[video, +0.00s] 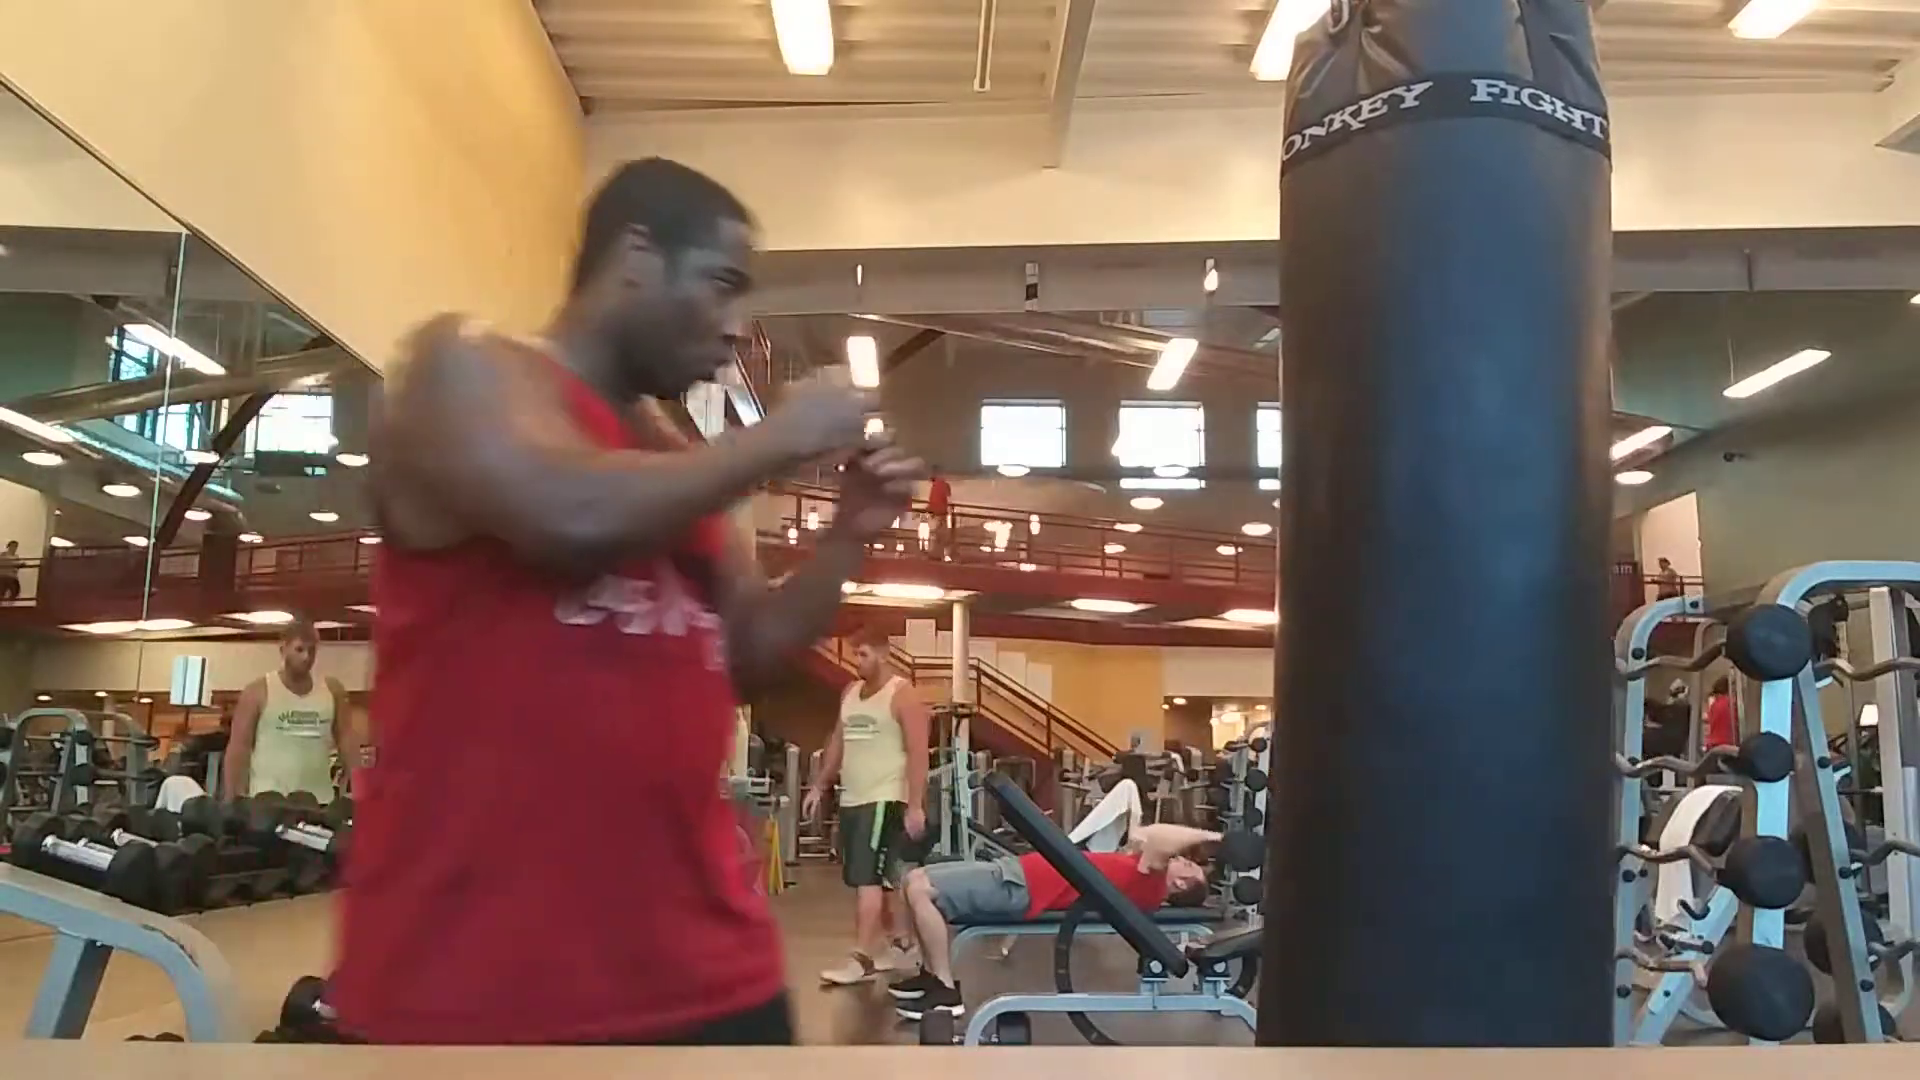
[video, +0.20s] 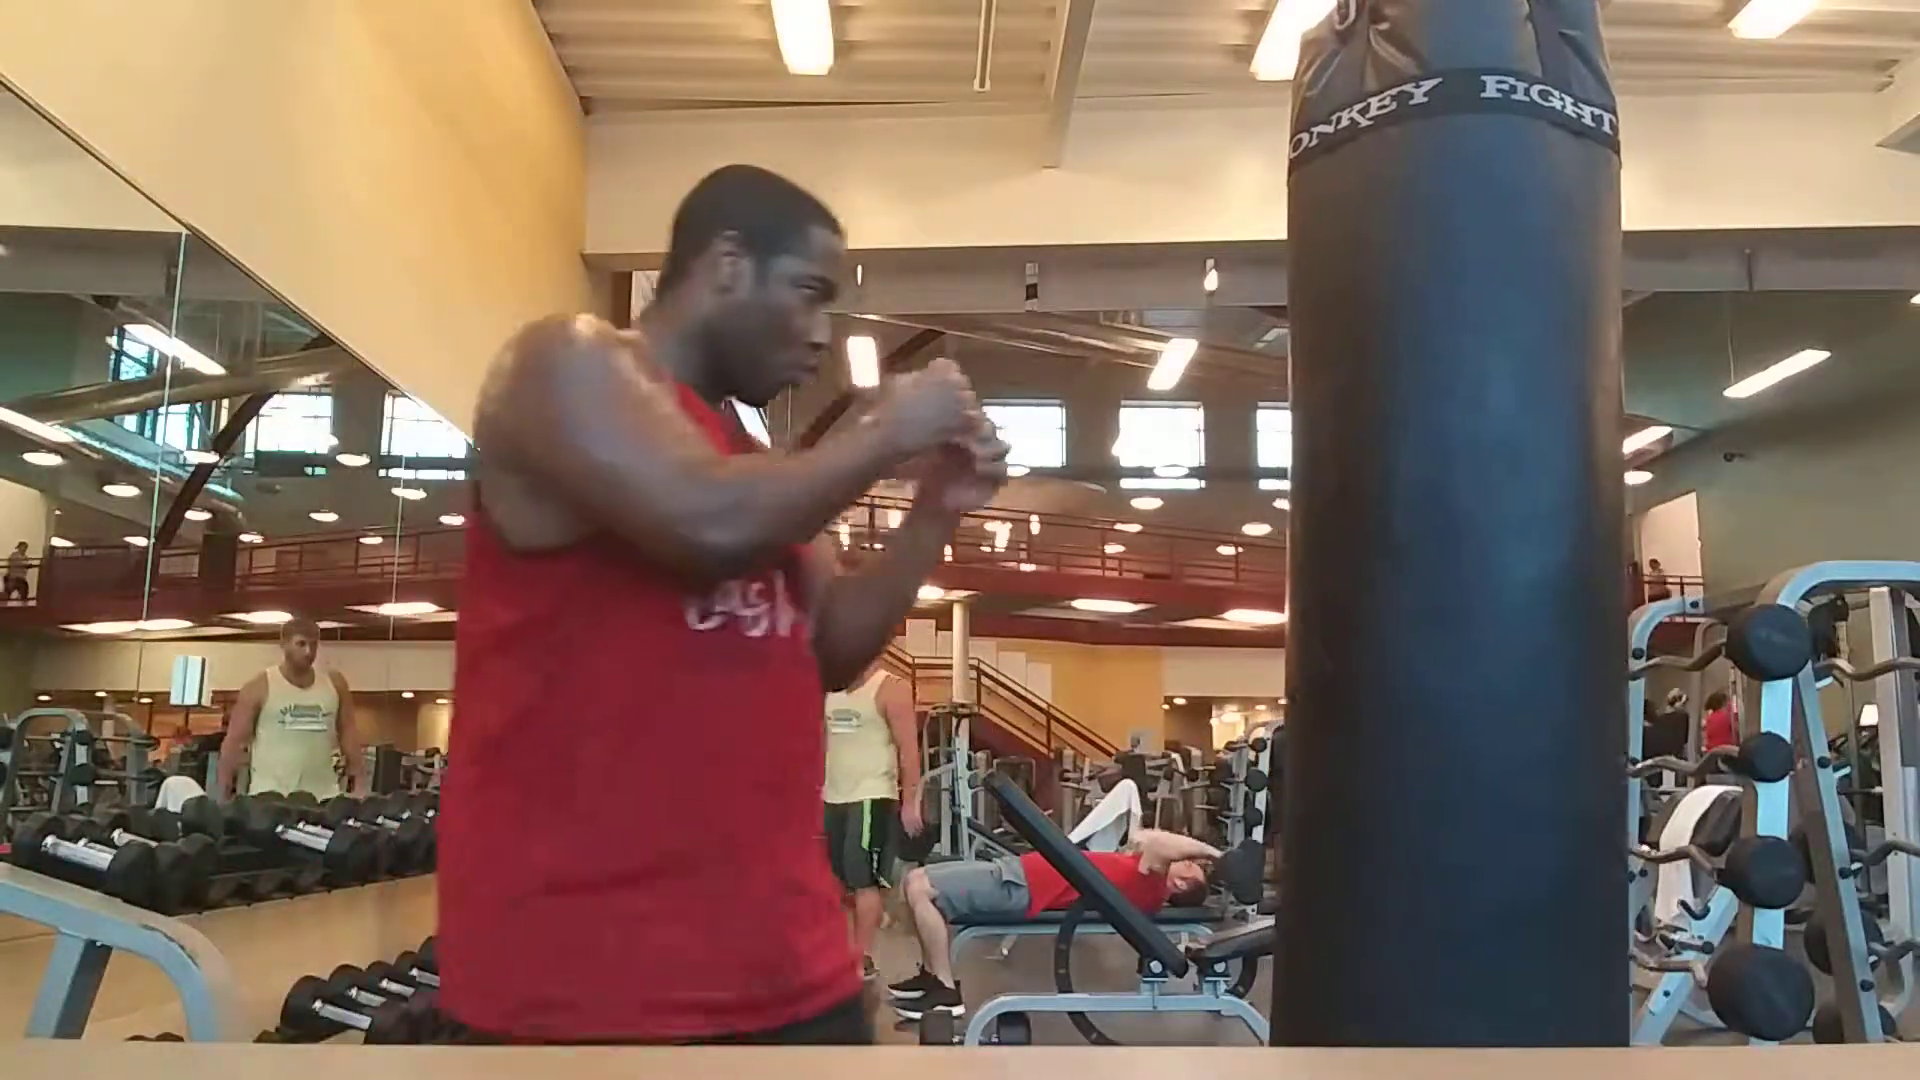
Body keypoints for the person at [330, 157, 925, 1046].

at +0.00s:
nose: (739, 327)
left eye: (745, 299)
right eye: (723, 285)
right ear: (635, 259)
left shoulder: (675, 452)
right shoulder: (466, 369)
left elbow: (750, 651)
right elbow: (564, 517)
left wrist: (847, 537)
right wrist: (773, 443)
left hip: (698, 978)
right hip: (489, 986)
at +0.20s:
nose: (825, 334)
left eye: (832, 306)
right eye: (810, 293)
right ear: (723, 267)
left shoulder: (748, 451)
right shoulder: (561, 361)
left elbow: (831, 650)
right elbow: (709, 521)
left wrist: (931, 513)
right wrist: (884, 431)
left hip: (786, 978)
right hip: (590, 995)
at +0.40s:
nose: (858, 350)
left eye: (864, 321)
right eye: (846, 308)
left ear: (764, 291)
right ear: (760, 286)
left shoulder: (768, 476)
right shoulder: (600, 384)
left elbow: (848, 666)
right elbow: (768, 545)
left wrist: (969, 583)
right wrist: (946, 452)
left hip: (840, 916)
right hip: (645, 956)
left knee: (979, 1030)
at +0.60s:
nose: (994, 367)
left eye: (999, 341)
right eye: (977, 330)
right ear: (881, 308)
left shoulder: (943, 510)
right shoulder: (736, 410)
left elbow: (1078, 648)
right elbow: (764, 523)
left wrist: (1253, 583)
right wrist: (999, 474)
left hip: (899, 949)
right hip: (708, 971)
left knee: (1034, 1054)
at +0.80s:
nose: (1091, 420)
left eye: (1097, 390)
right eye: (1079, 379)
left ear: (998, 355)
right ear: (997, 348)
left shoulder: (1008, 504)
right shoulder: (872, 437)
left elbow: (1098, 615)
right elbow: (1020, 598)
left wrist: (1228, 570)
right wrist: (1232, 571)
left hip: (984, 945)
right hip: (834, 951)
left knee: (1124, 1079)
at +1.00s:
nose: (1133, 324)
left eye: (1134, 299)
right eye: (1110, 288)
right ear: (1011, 275)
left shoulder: (1087, 472)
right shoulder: (860, 440)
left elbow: (1249, 560)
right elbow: (688, 598)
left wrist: (1462, 539)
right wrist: (856, 700)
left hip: (1105, 947)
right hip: (939, 957)